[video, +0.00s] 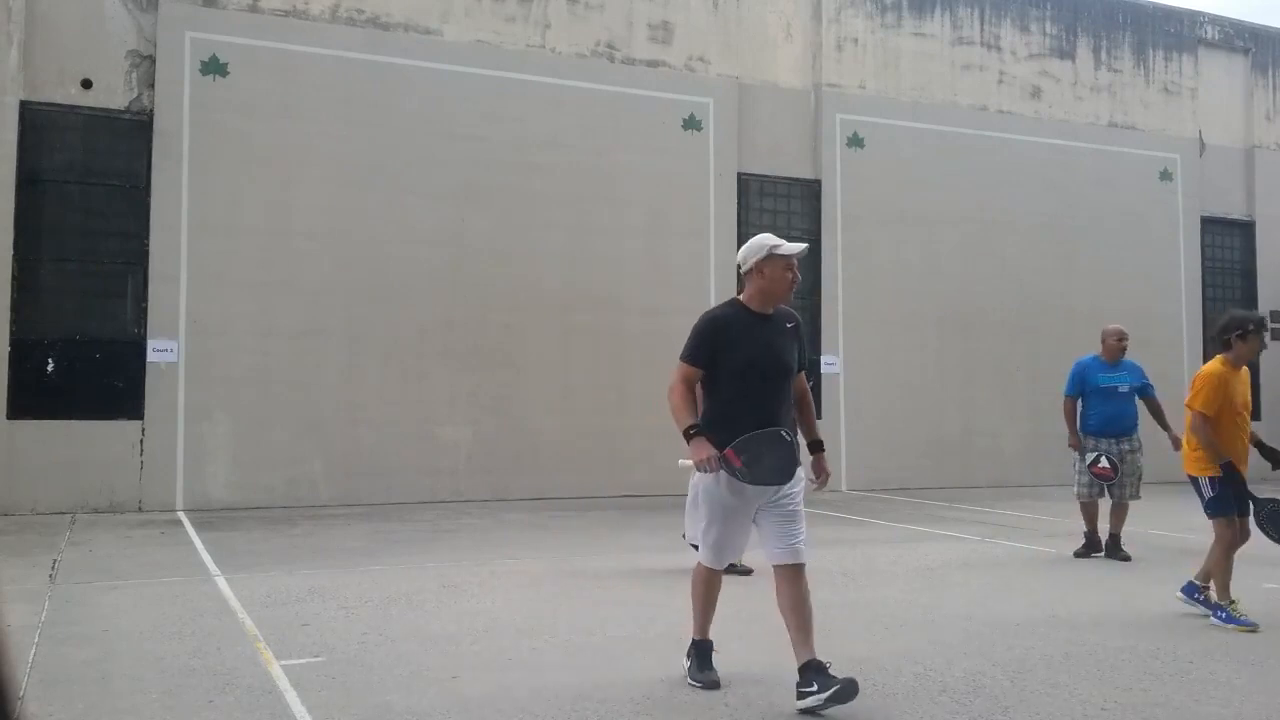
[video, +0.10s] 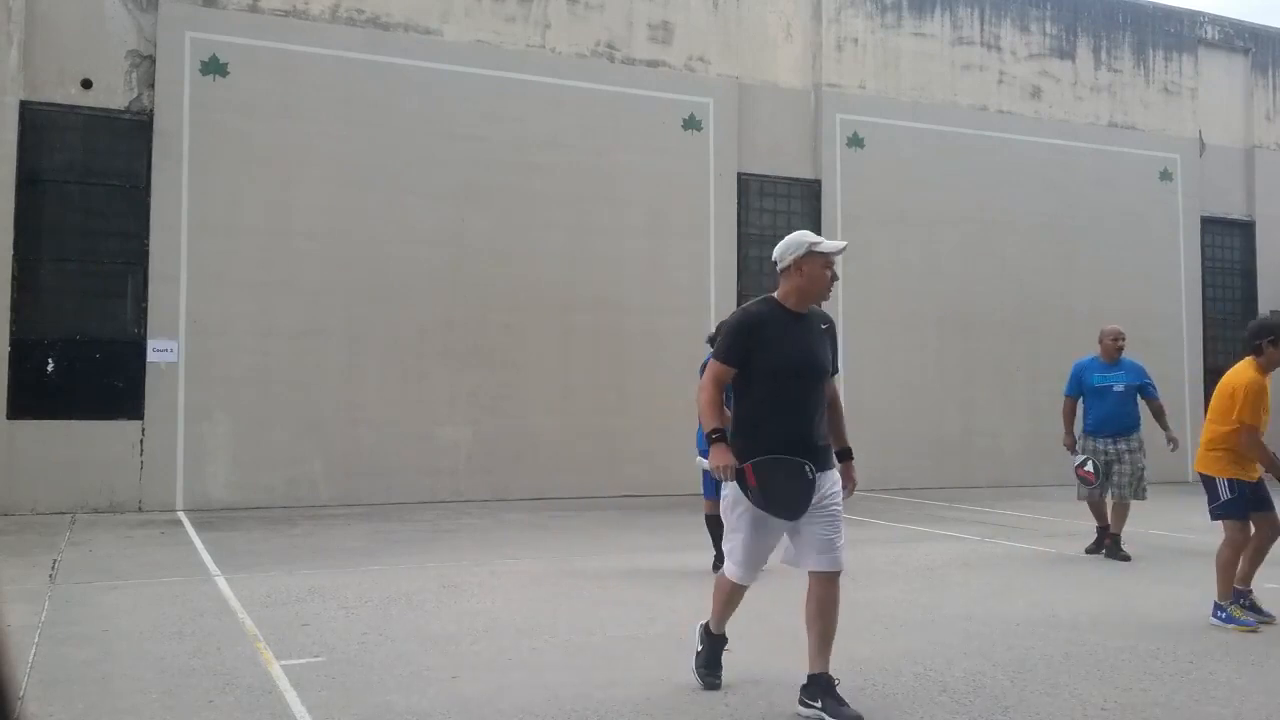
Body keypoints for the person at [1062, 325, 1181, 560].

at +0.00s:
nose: (1124, 344)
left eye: (1125, 340)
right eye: (1118, 340)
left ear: (1127, 343)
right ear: (1104, 343)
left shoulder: (1134, 370)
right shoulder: (1084, 367)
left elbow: (1151, 401)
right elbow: (1069, 401)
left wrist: (1169, 431)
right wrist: (1073, 434)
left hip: (1126, 442)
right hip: (1092, 441)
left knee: (1122, 495)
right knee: (1086, 493)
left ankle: (1114, 543)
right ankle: (1092, 540)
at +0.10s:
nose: (1120, 344)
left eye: (1122, 340)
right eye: (1114, 340)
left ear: (1125, 343)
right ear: (1101, 343)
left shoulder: (1135, 370)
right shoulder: (1082, 369)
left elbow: (1154, 402)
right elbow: (1070, 402)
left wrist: (1167, 430)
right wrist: (1069, 433)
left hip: (1127, 441)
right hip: (1093, 441)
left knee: (1124, 493)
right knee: (1093, 492)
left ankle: (1114, 542)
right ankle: (1103, 531)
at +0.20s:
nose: (1118, 344)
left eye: (1121, 340)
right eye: (1112, 340)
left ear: (1124, 343)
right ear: (1099, 344)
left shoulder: (1135, 371)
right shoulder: (1082, 369)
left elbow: (1152, 403)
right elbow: (1070, 402)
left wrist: (1161, 430)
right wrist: (1068, 433)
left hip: (1127, 440)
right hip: (1094, 440)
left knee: (1122, 491)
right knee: (1094, 491)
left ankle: (1114, 541)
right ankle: (1109, 527)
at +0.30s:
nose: (1114, 347)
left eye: (1117, 343)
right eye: (1109, 343)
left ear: (1121, 345)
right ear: (1097, 346)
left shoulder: (1133, 371)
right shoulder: (1083, 373)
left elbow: (1146, 405)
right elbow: (1073, 404)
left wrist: (1144, 434)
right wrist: (1067, 433)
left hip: (1126, 442)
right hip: (1097, 443)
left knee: (1122, 491)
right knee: (1103, 492)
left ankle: (1116, 539)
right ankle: (1117, 536)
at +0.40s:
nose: (1113, 347)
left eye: (1115, 343)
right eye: (1107, 343)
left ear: (1119, 345)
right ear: (1096, 347)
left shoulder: (1132, 370)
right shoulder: (1085, 373)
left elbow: (1143, 404)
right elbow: (1076, 405)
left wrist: (1132, 432)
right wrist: (1071, 435)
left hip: (1127, 440)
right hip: (1100, 441)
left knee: (1124, 489)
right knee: (1107, 491)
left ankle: (1116, 537)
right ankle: (1119, 536)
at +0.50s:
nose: (1112, 346)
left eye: (1114, 342)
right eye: (1106, 343)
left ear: (1119, 345)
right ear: (1096, 347)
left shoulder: (1132, 369)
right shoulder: (1087, 372)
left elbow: (1142, 403)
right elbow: (1081, 405)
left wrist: (1125, 431)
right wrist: (1075, 436)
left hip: (1131, 437)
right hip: (1103, 438)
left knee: (1126, 486)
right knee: (1108, 488)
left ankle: (1121, 537)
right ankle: (1117, 535)